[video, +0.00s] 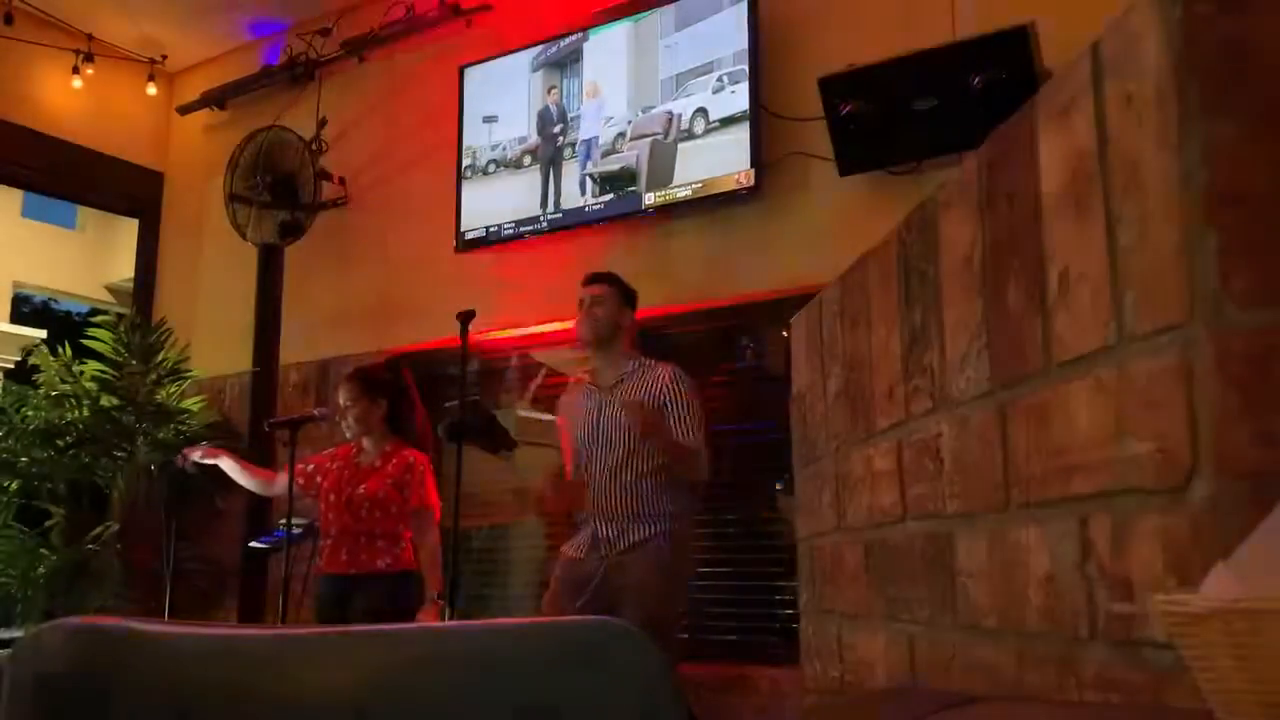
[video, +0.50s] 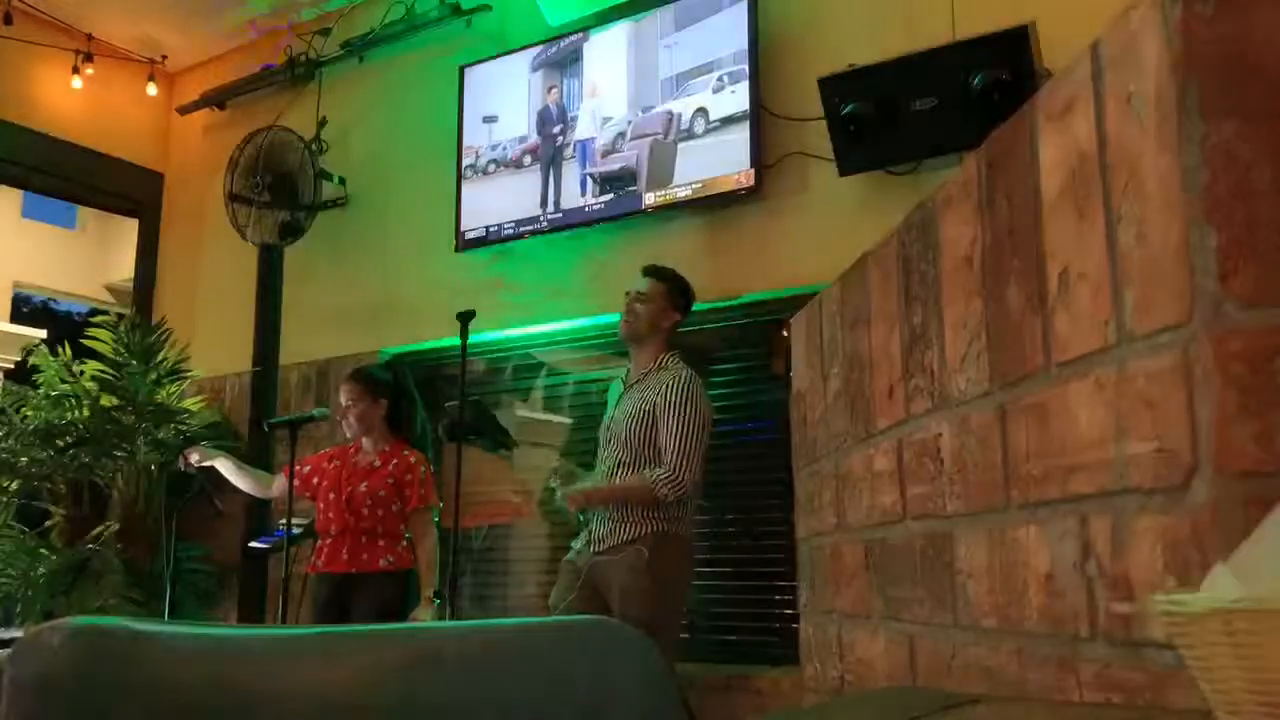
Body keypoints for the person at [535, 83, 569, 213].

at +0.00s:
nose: (556, 96)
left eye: (557, 94)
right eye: (554, 94)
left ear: (559, 95)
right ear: (548, 96)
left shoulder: (561, 109)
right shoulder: (542, 112)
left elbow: (565, 125)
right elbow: (540, 132)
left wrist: (563, 136)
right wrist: (552, 130)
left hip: (558, 148)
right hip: (545, 149)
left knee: (558, 180)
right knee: (545, 180)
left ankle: (557, 205)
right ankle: (543, 207)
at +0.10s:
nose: (556, 96)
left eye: (557, 94)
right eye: (554, 94)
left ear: (559, 96)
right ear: (548, 96)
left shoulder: (562, 109)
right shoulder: (542, 112)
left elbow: (566, 125)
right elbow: (540, 131)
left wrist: (563, 136)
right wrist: (552, 130)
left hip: (558, 149)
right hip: (546, 149)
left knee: (557, 180)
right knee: (545, 181)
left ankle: (557, 205)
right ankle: (543, 207)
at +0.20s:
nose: (556, 96)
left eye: (557, 94)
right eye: (554, 94)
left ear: (559, 95)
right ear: (548, 96)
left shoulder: (562, 109)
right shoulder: (542, 112)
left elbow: (566, 124)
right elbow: (540, 131)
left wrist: (563, 136)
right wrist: (552, 130)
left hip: (558, 148)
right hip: (546, 149)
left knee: (557, 180)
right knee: (545, 180)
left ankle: (557, 205)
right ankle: (544, 206)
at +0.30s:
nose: (556, 96)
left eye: (557, 93)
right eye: (553, 94)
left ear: (559, 95)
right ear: (548, 96)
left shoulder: (561, 109)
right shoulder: (542, 112)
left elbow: (565, 124)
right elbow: (539, 131)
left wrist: (563, 136)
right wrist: (552, 129)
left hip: (558, 148)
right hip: (545, 149)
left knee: (558, 180)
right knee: (545, 180)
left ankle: (557, 205)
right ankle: (543, 207)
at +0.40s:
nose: (556, 96)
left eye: (557, 93)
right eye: (554, 94)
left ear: (558, 95)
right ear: (548, 95)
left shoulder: (561, 109)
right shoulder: (542, 112)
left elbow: (565, 125)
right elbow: (539, 131)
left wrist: (563, 136)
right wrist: (552, 130)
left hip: (558, 145)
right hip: (546, 146)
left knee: (558, 177)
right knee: (545, 178)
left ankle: (557, 205)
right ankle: (544, 206)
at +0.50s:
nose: (556, 96)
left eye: (557, 93)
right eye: (554, 93)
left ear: (558, 94)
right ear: (548, 95)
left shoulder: (561, 109)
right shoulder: (542, 112)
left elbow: (565, 124)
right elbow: (539, 131)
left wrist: (563, 136)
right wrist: (551, 130)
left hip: (558, 145)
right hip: (546, 146)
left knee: (558, 177)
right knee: (545, 178)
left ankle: (557, 204)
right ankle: (544, 206)